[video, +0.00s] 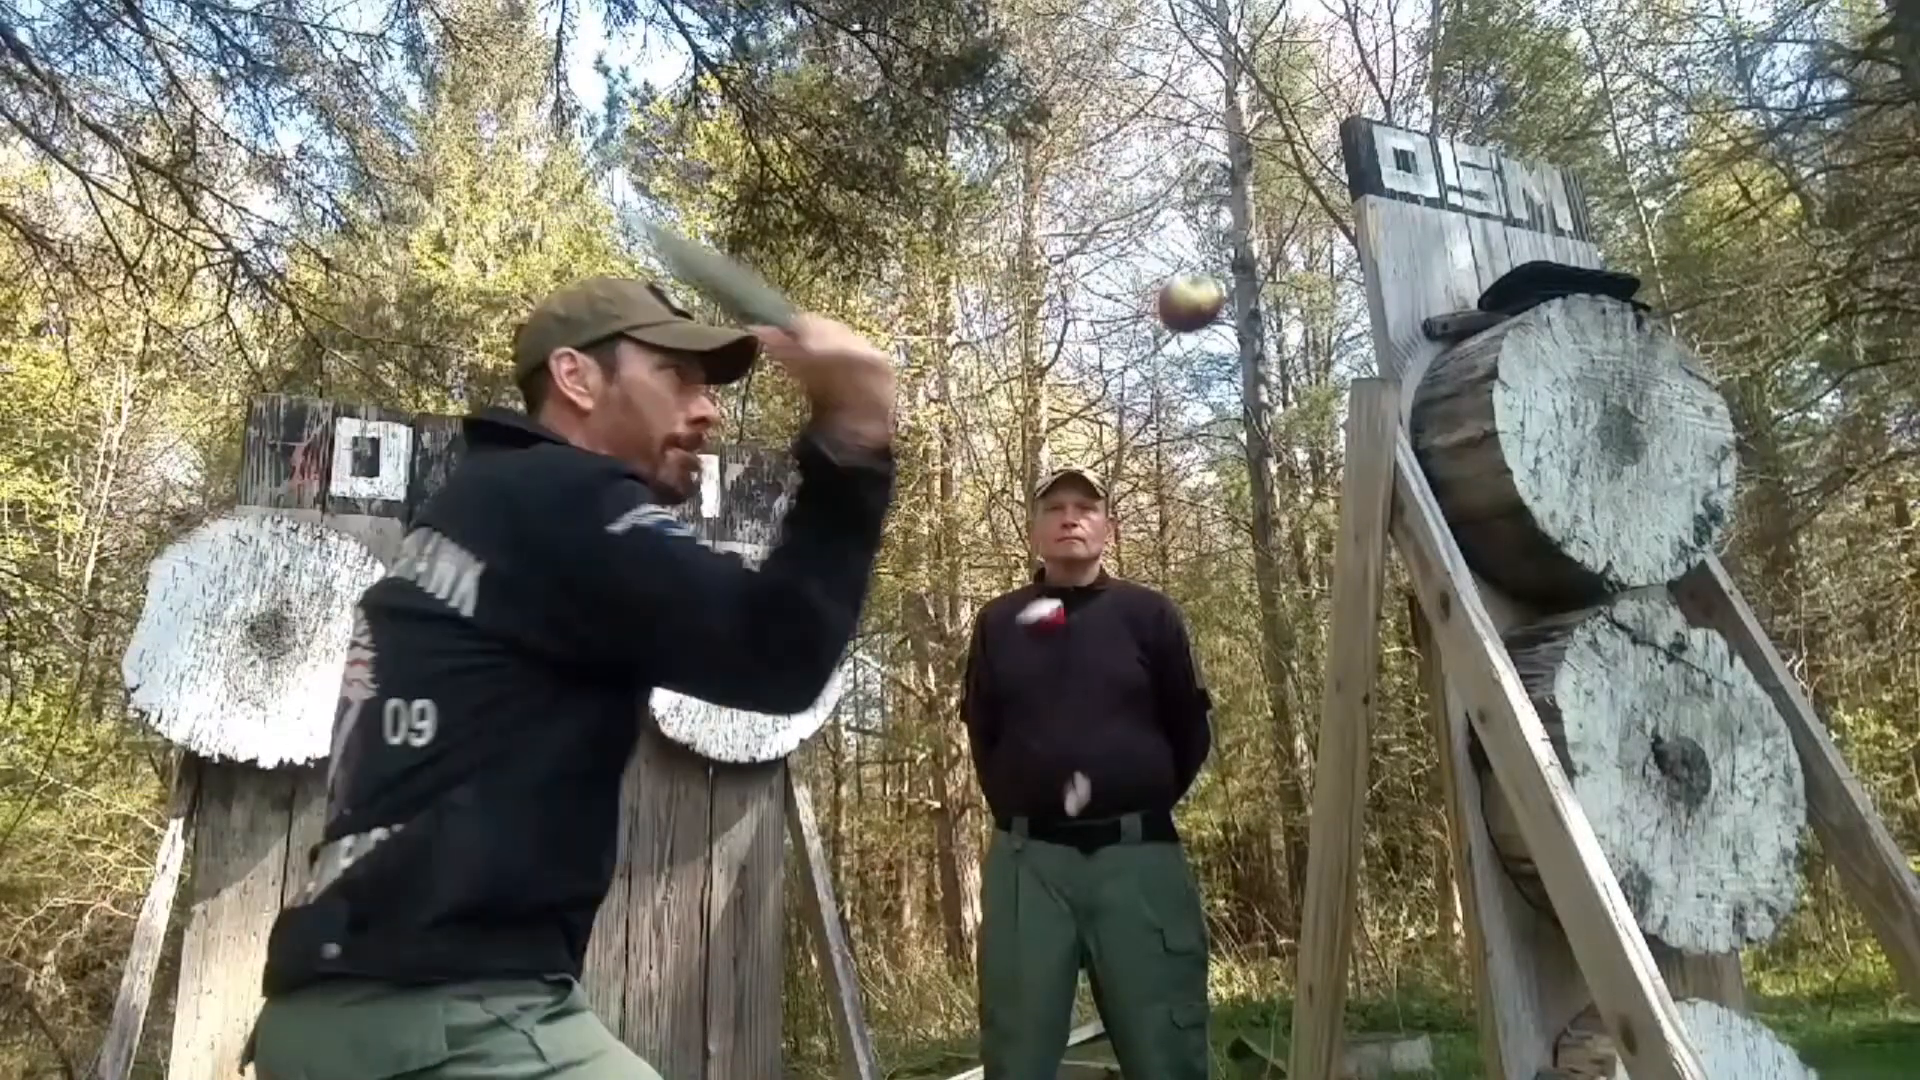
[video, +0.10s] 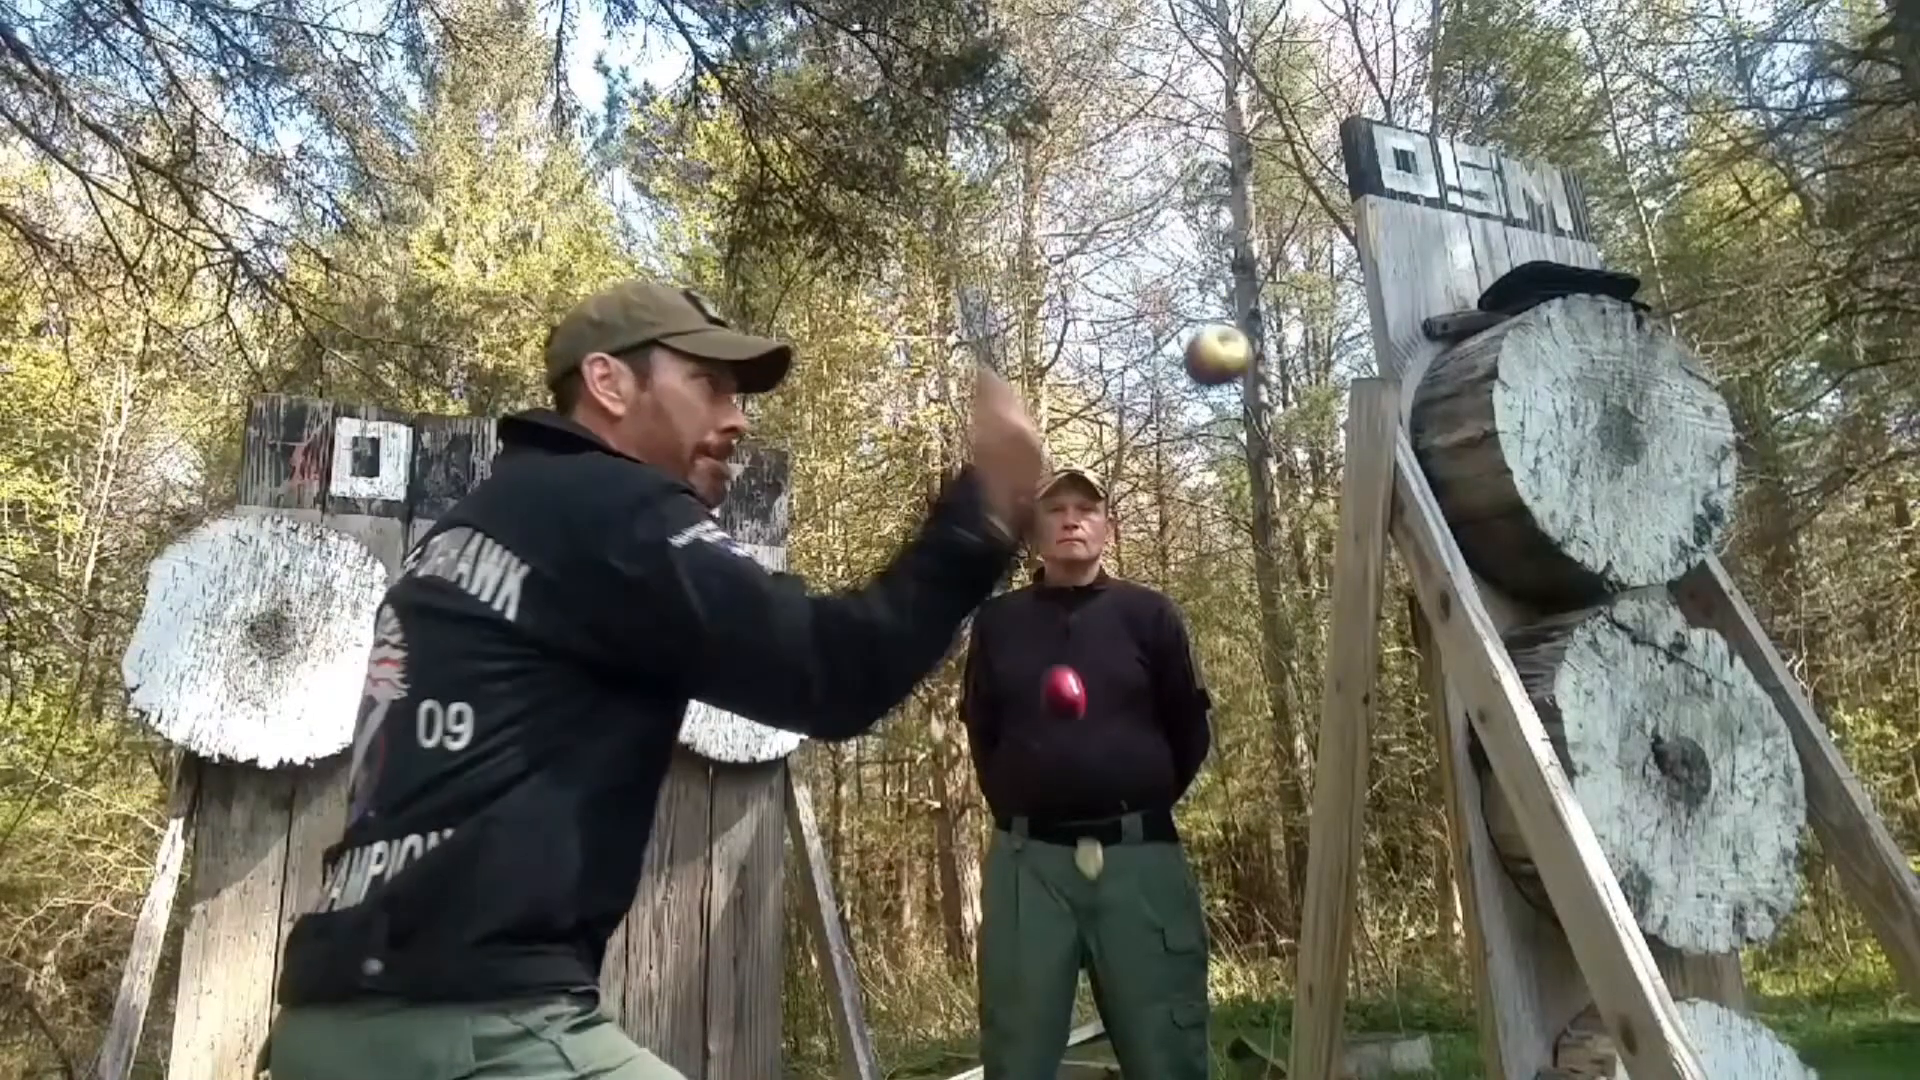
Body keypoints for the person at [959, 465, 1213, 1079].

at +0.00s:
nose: (1071, 519)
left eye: (1085, 509)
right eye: (1055, 510)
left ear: (1107, 531)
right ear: (1033, 533)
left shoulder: (1149, 612)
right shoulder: (997, 620)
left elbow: (1191, 729)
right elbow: (982, 732)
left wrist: (1140, 813)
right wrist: (1026, 818)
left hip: (1140, 861)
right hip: (1026, 864)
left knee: (1164, 1057)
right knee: (1017, 1059)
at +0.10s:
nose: (1072, 522)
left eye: (1085, 510)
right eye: (1056, 511)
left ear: (1108, 531)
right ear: (1034, 533)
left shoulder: (1149, 612)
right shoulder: (996, 619)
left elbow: (1191, 731)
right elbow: (981, 731)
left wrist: (1136, 812)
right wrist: (1028, 815)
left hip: (1143, 861)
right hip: (1025, 862)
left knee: (1165, 1058)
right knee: (1018, 1060)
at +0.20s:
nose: (1073, 522)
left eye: (1086, 511)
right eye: (1057, 511)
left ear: (1106, 530)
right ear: (1033, 531)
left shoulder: (1146, 614)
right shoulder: (1000, 620)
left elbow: (1187, 736)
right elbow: (984, 735)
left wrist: (1138, 812)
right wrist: (1038, 820)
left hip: (1141, 857)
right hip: (1028, 859)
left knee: (1167, 1060)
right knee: (1019, 1061)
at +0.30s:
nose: (1073, 524)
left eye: (1086, 512)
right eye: (1057, 512)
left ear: (1106, 530)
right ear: (1032, 529)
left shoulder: (1146, 612)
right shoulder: (994, 621)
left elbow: (1188, 724)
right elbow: (978, 731)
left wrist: (1149, 802)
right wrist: (1030, 800)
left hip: (1138, 847)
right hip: (1025, 850)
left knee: (1164, 1040)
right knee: (1018, 1042)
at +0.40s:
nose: (1074, 525)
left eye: (1087, 513)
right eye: (1057, 512)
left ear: (1106, 533)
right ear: (1031, 530)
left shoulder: (1146, 612)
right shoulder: (994, 621)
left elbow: (1189, 724)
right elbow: (979, 730)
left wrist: (1139, 804)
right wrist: (1025, 814)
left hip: (1140, 859)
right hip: (1027, 860)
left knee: (1169, 1052)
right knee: (1017, 1056)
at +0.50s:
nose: (1074, 525)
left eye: (1087, 513)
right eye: (1058, 513)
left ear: (1105, 533)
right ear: (1030, 530)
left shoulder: (1146, 612)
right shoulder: (992, 620)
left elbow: (1187, 722)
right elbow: (979, 730)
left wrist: (1138, 803)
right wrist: (1026, 815)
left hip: (1140, 861)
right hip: (1028, 862)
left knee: (1167, 1048)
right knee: (1019, 1052)